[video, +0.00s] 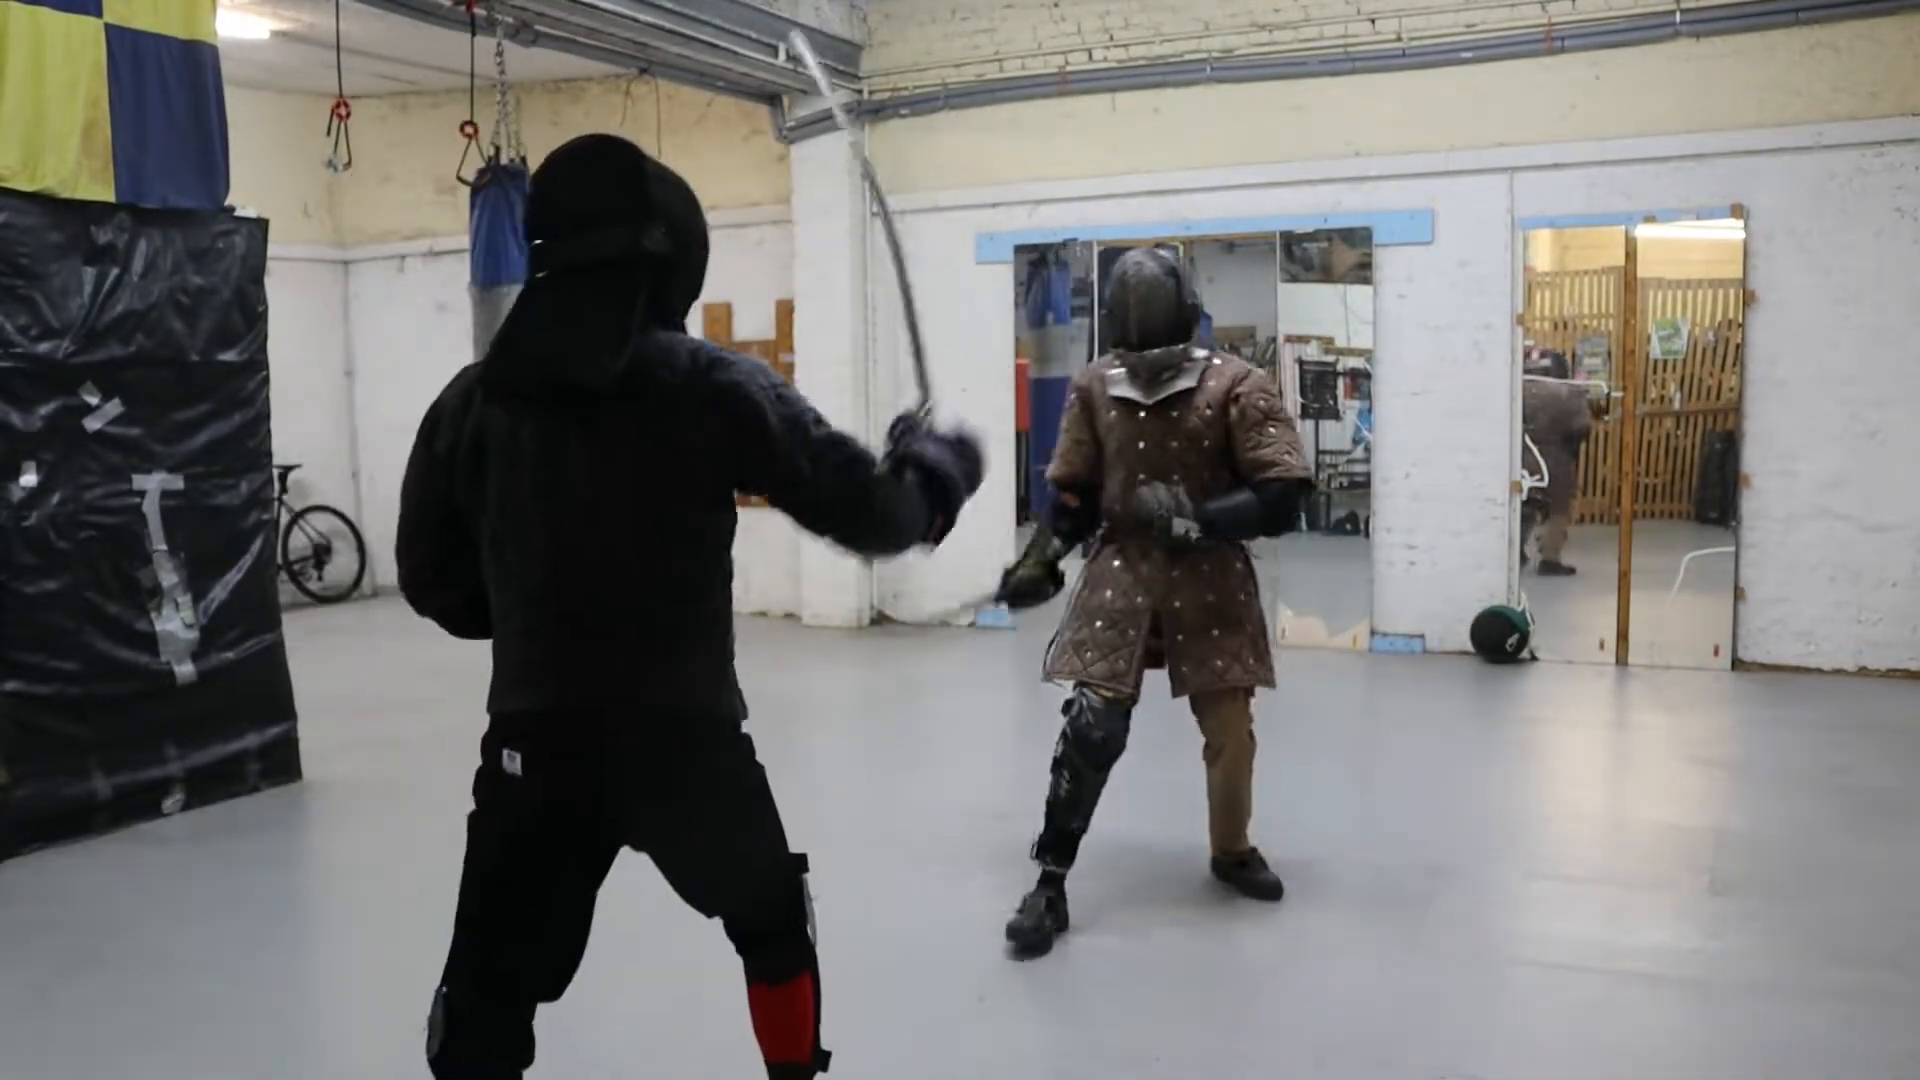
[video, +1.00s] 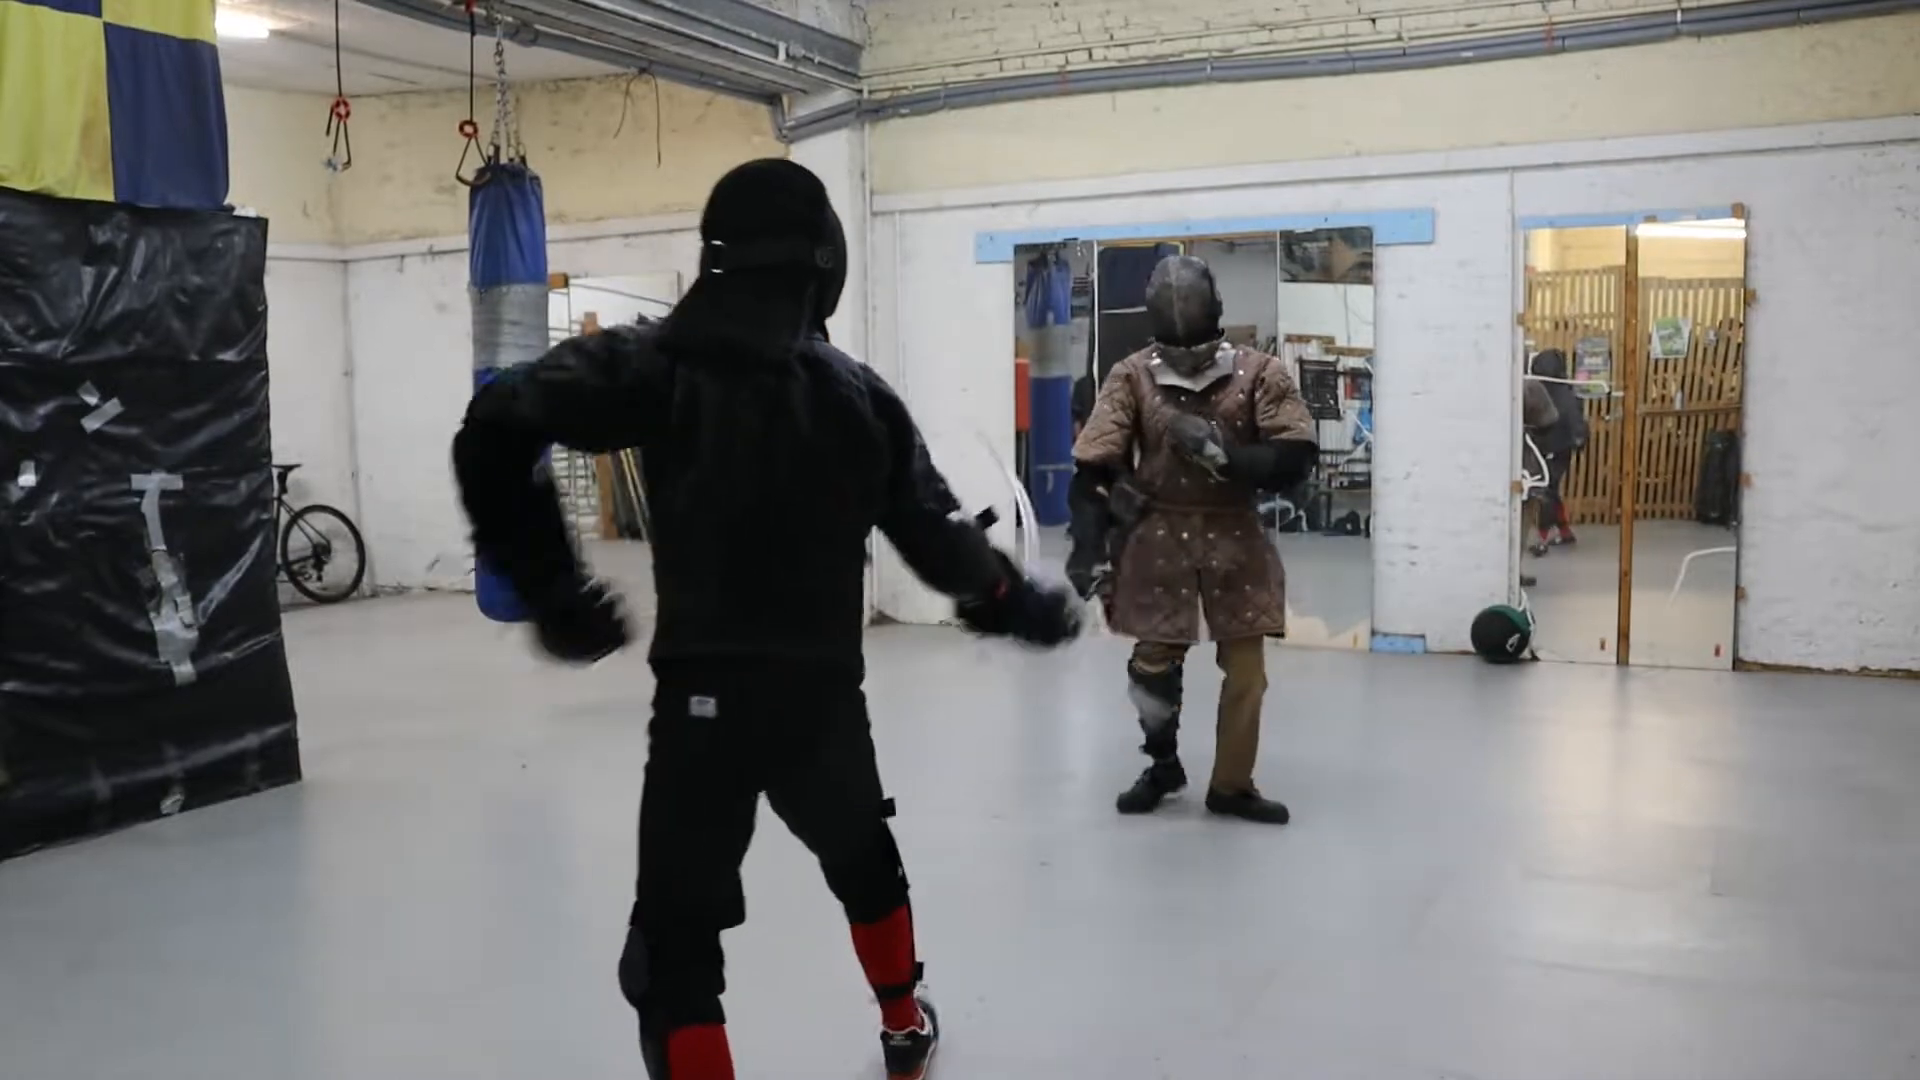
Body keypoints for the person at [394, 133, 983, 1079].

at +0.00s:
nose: (694, 264)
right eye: (684, 244)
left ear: (550, 258)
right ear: (666, 256)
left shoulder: (471, 402)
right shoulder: (710, 390)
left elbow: (435, 580)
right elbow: (873, 511)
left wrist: (540, 602)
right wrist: (938, 466)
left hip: (535, 755)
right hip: (683, 748)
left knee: (485, 995)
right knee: (771, 921)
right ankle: (794, 1071)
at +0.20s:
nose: (719, 299)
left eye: (714, 274)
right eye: (711, 275)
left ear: (570, 272)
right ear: (685, 280)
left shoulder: (484, 402)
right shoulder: (722, 415)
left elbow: (410, 563)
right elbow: (813, 609)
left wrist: (522, 580)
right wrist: (858, 540)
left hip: (527, 770)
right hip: (682, 772)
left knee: (473, 1015)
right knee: (768, 923)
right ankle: (792, 1071)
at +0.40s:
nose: (746, 272)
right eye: (738, 254)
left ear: (607, 264)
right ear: (730, 268)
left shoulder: (538, 399)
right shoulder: (765, 415)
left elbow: (389, 507)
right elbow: (860, 591)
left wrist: (522, 483)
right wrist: (892, 521)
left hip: (588, 756)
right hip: (729, 752)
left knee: (534, 996)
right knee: (785, 911)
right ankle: (795, 1071)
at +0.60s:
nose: (778, 255)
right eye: (773, 238)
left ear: (651, 243)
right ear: (764, 246)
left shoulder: (587, 360)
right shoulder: (808, 375)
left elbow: (438, 490)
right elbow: (901, 537)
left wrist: (517, 549)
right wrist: (955, 586)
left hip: (639, 707)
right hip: (771, 706)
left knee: (604, 954)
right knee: (797, 901)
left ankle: (649, 1077)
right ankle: (799, 1071)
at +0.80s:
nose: (793, 256)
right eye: (789, 238)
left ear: (666, 245)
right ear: (781, 247)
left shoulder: (604, 372)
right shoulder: (825, 383)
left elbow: (466, 518)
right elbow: (895, 551)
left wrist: (476, 636)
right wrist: (940, 668)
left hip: (662, 704)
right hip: (797, 702)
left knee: (645, 942)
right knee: (833, 856)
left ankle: (685, 1075)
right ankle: (822, 1063)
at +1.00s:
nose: (831, 278)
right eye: (828, 261)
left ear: (716, 260)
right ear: (820, 267)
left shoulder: (659, 365)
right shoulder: (858, 396)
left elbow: (495, 425)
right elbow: (938, 542)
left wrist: (560, 597)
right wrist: (1019, 601)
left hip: (701, 701)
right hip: (819, 700)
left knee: (678, 933)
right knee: (865, 861)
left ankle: (696, 1074)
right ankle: (905, 1032)